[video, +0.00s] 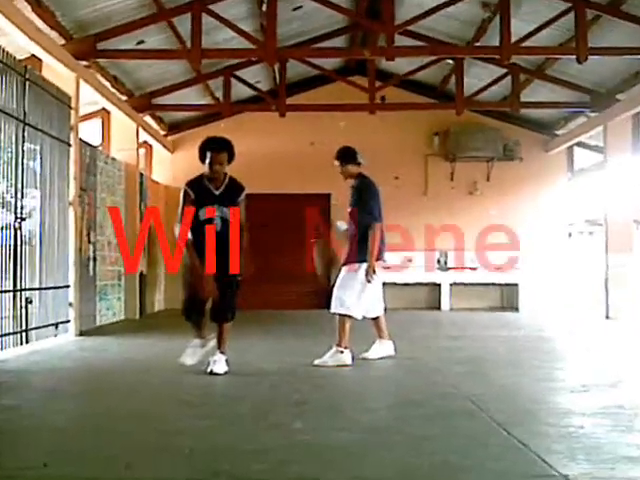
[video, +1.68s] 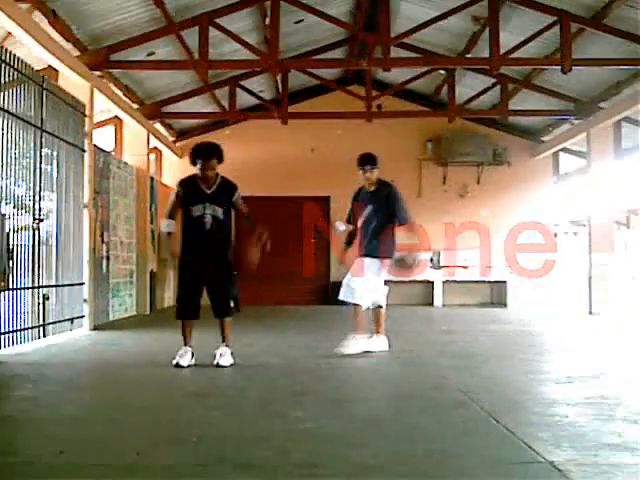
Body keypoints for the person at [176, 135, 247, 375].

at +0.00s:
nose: (219, 169)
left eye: (223, 163)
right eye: (215, 163)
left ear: (229, 163)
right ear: (206, 162)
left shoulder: (237, 190)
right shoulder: (193, 188)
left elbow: (243, 226)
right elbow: (183, 227)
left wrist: (243, 257)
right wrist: (193, 261)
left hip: (228, 257)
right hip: (199, 256)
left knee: (224, 306)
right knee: (194, 304)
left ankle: (221, 352)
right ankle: (201, 340)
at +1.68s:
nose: (207, 174)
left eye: (211, 169)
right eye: (203, 169)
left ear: (218, 166)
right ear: (196, 166)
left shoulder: (228, 188)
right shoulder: (186, 187)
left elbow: (244, 214)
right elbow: (170, 217)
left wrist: (257, 231)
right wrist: (168, 242)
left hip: (220, 256)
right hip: (191, 256)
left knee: (223, 303)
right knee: (187, 304)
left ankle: (225, 347)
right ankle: (187, 348)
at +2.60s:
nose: (160, 171)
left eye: (165, 166)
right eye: (157, 166)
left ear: (176, 164)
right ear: (152, 164)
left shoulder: (190, 187)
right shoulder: (146, 184)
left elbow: (210, 218)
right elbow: (131, 208)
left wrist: (185, 235)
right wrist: (124, 212)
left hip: (185, 254)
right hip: (156, 253)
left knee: (187, 306)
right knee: (143, 304)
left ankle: (187, 353)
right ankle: (136, 354)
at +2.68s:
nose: (151, 167)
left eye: (156, 162)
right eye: (148, 162)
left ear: (167, 161)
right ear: (143, 161)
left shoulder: (182, 184)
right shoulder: (137, 184)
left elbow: (211, 207)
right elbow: (113, 203)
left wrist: (197, 226)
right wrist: (98, 202)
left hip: (177, 255)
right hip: (148, 255)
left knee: (183, 306)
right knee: (134, 306)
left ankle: (186, 353)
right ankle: (125, 356)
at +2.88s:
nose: (136, 170)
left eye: (140, 165)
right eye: (132, 165)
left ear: (151, 160)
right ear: (126, 162)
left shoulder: (167, 183)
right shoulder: (121, 183)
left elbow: (194, 207)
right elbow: (101, 207)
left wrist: (193, 223)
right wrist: (85, 210)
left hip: (163, 257)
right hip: (133, 258)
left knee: (167, 308)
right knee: (126, 311)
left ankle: (180, 348)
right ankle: (124, 357)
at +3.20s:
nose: (120, 172)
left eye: (124, 167)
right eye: (116, 167)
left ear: (136, 161)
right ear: (112, 165)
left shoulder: (154, 179)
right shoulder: (108, 190)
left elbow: (174, 208)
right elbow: (108, 223)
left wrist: (179, 244)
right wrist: (109, 249)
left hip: (153, 250)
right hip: (125, 252)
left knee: (147, 302)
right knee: (121, 305)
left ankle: (162, 344)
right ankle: (123, 356)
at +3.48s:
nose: (131, 165)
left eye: (135, 159)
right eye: (126, 160)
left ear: (144, 154)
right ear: (121, 159)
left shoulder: (158, 172)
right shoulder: (113, 184)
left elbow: (172, 194)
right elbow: (113, 223)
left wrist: (182, 223)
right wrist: (125, 244)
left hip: (159, 250)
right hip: (128, 253)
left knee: (161, 303)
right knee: (124, 305)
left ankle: (165, 354)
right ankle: (123, 354)